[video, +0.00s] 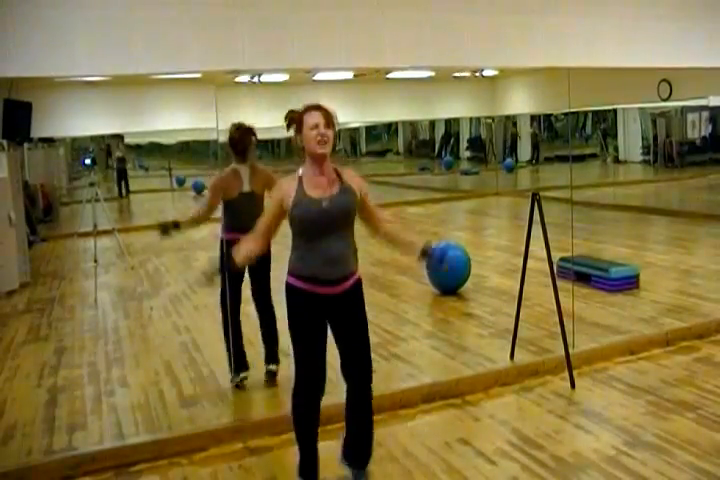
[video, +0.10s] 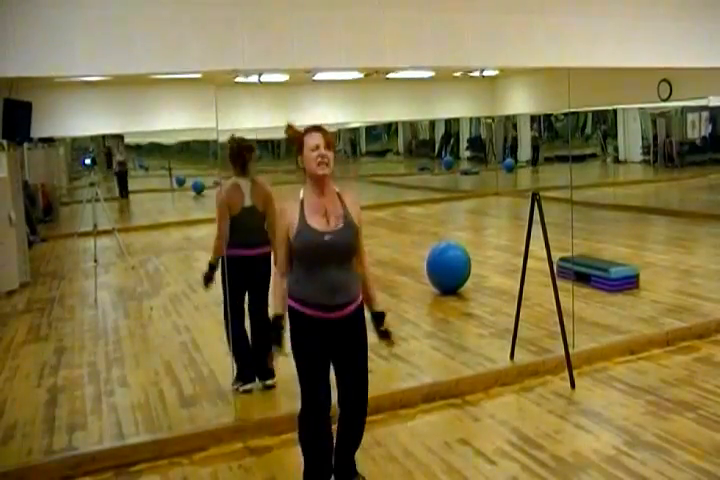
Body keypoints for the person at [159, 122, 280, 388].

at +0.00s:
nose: (250, 148)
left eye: (242, 144)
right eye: (251, 143)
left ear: (229, 147)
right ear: (252, 145)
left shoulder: (223, 180)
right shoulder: (265, 176)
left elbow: (205, 213)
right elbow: (284, 201)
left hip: (231, 245)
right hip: (260, 242)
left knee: (230, 306)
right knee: (264, 302)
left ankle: (238, 368)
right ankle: (272, 360)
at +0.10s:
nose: (239, 162)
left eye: (233, 158)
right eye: (245, 157)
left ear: (230, 160)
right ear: (251, 159)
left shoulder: (226, 193)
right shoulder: (264, 189)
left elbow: (223, 235)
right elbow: (273, 226)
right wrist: (277, 254)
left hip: (235, 259)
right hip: (261, 257)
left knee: (234, 316)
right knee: (259, 312)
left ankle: (245, 373)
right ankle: (265, 370)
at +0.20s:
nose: (242, 152)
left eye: (236, 148)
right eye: (245, 147)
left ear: (230, 152)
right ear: (252, 150)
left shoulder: (226, 185)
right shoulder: (265, 182)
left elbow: (218, 226)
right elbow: (276, 216)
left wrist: (200, 253)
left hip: (234, 251)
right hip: (261, 249)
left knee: (232, 309)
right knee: (264, 306)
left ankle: (242, 371)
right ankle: (267, 369)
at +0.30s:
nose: (240, 139)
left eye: (235, 134)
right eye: (246, 134)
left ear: (231, 138)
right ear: (254, 137)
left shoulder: (223, 170)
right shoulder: (268, 166)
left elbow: (201, 201)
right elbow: (282, 197)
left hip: (232, 241)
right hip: (261, 240)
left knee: (229, 302)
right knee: (268, 298)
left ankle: (233, 365)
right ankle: (274, 358)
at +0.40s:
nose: (251, 140)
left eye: (243, 134)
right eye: (252, 135)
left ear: (232, 140)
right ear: (254, 138)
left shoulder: (225, 168)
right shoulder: (267, 163)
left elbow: (188, 175)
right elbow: (298, 155)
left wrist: (172, 162)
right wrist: (309, 127)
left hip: (233, 237)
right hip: (261, 236)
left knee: (223, 300)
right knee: (276, 298)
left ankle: (220, 364)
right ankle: (292, 359)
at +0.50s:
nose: (238, 152)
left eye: (237, 147)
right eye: (241, 147)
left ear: (233, 152)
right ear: (255, 153)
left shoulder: (226, 179)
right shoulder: (267, 175)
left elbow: (193, 160)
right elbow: (289, 146)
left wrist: (196, 127)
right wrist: (279, 115)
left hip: (236, 257)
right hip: (264, 255)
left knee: (215, 316)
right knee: (285, 310)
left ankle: (207, 380)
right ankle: (304, 368)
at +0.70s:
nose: (239, 151)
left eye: (239, 147)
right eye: (243, 146)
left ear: (230, 152)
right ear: (254, 152)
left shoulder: (223, 176)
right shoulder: (265, 173)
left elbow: (190, 160)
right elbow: (292, 151)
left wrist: (189, 129)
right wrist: (292, 120)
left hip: (234, 254)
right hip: (262, 252)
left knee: (215, 316)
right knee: (284, 308)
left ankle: (205, 380)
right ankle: (304, 365)